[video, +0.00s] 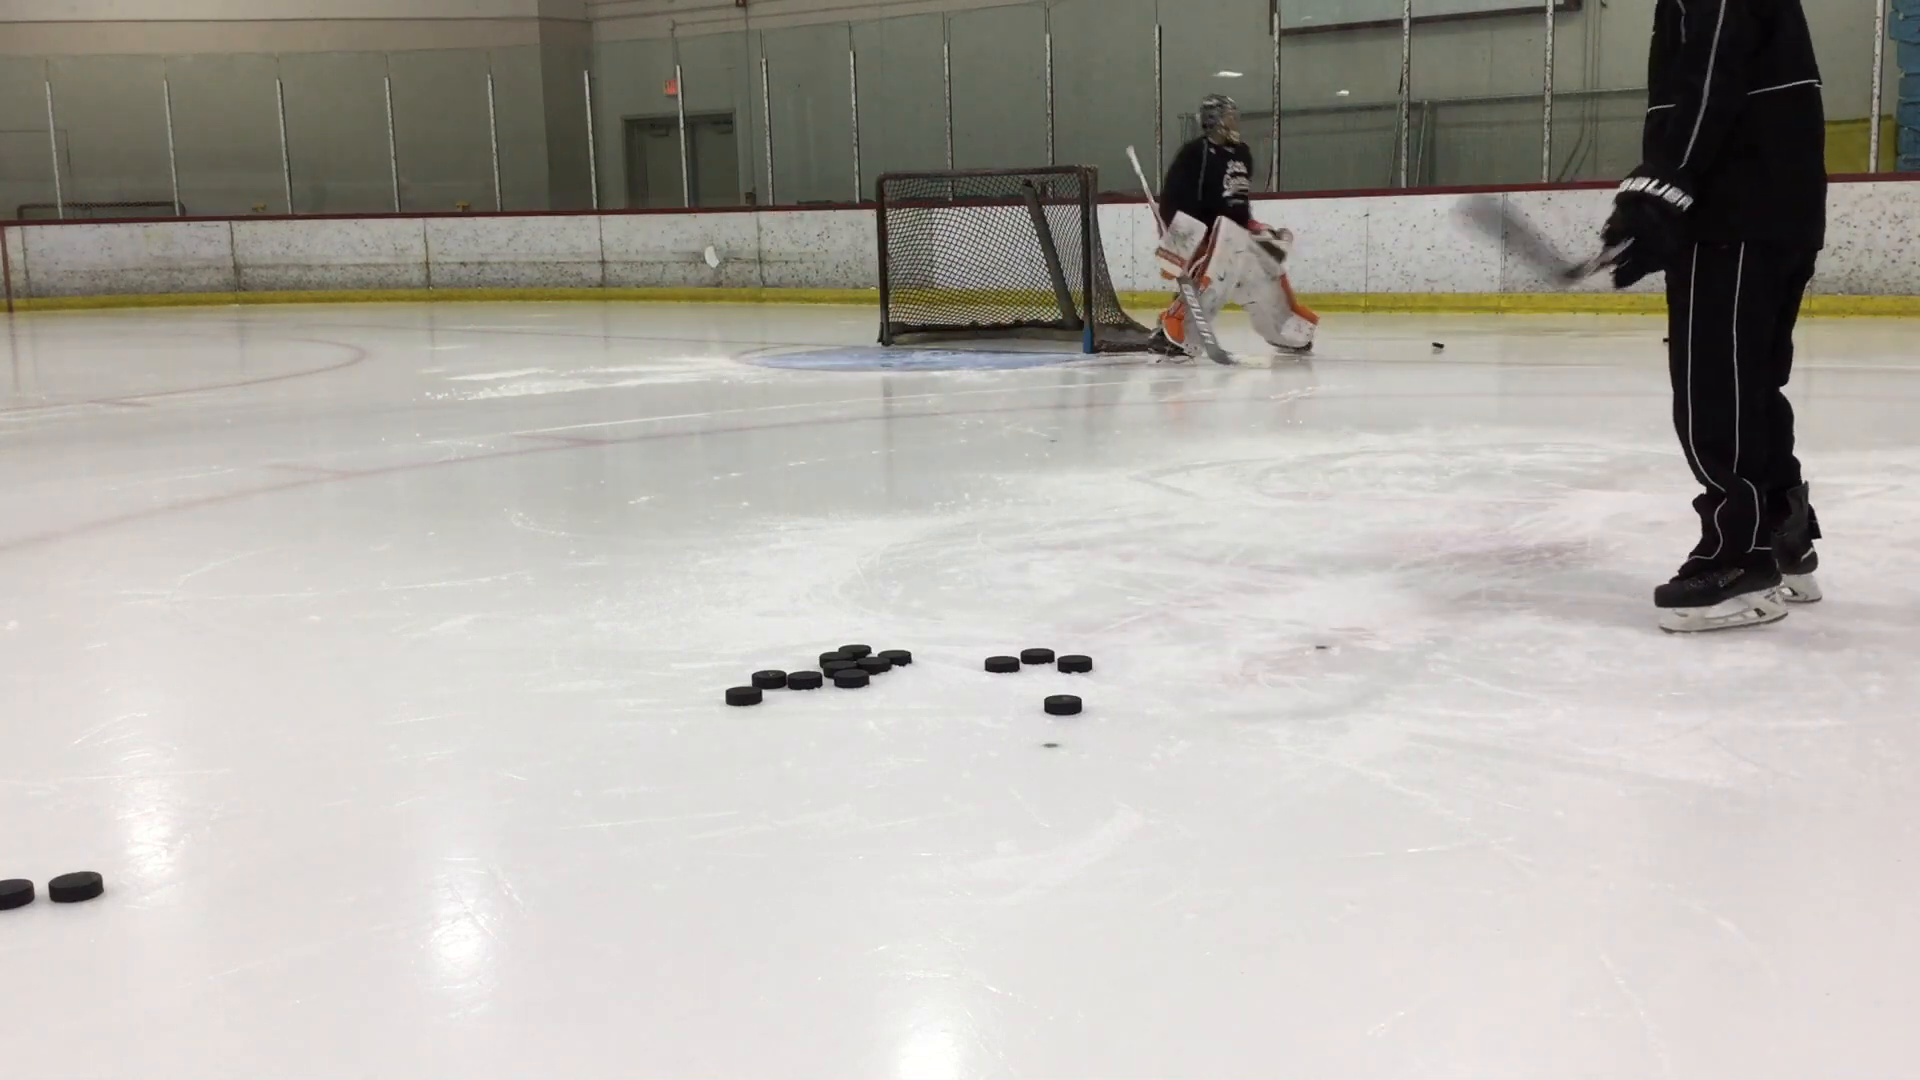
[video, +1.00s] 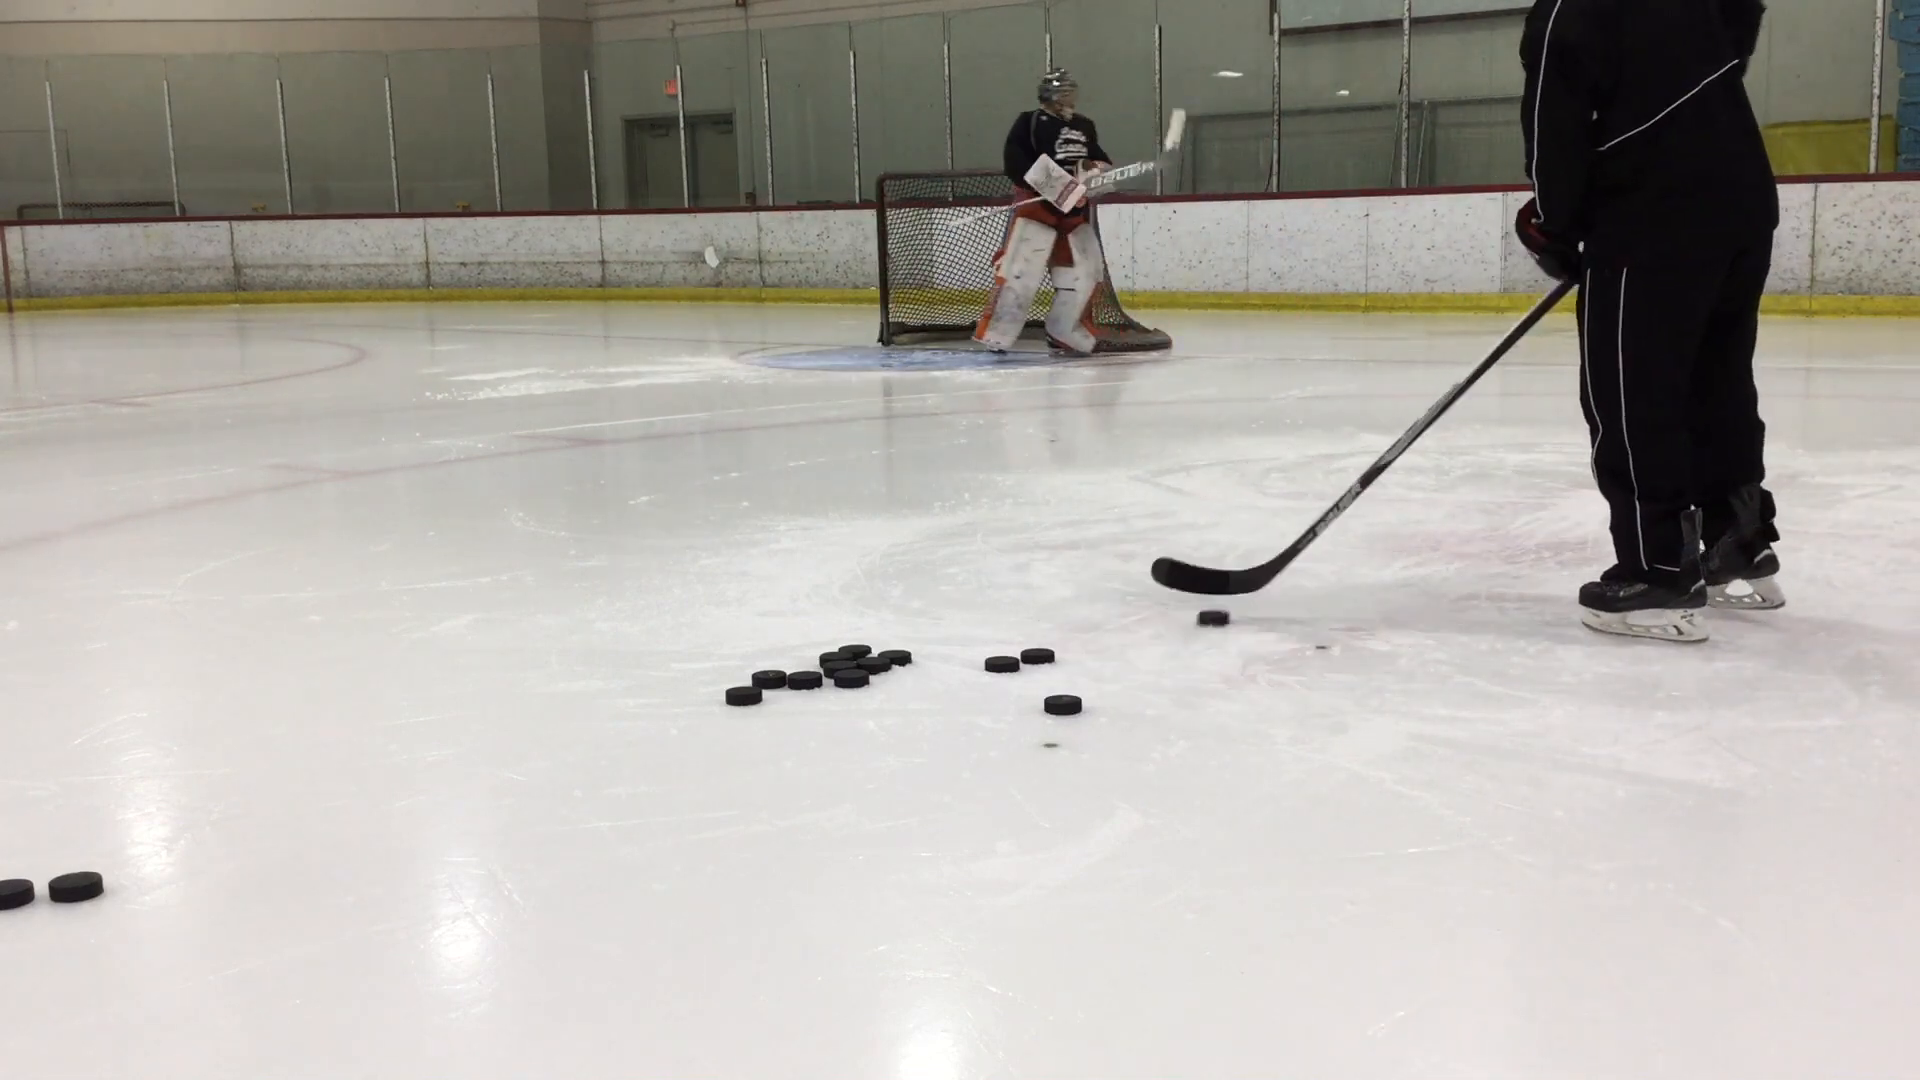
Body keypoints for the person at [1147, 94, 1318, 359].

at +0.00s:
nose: (1235, 121)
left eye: (1235, 116)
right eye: (1229, 117)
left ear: (1232, 118)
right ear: (1213, 120)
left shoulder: (1241, 152)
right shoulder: (1194, 153)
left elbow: (1237, 198)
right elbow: (1172, 203)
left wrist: (1249, 227)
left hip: (1234, 234)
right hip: (1202, 233)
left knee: (1262, 278)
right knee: (1212, 283)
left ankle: (1287, 332)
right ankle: (1173, 334)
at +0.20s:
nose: (1193, 109)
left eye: (1192, 104)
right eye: (1186, 105)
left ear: (1186, 106)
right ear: (1174, 109)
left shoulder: (1199, 140)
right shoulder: (1164, 137)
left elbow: (1198, 182)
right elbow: (1147, 180)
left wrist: (1197, 213)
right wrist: (1168, 217)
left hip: (1192, 218)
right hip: (1167, 219)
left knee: (1224, 271)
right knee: (1179, 279)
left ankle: (1214, 335)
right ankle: (1140, 333)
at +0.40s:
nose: (1161, 101)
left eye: (1161, 96)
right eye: (1156, 97)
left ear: (1157, 100)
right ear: (1146, 101)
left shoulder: (1167, 136)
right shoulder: (1136, 131)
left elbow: (1165, 177)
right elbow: (1117, 175)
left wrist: (1166, 211)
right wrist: (1116, 223)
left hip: (1159, 217)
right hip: (1133, 218)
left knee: (1183, 270)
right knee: (1129, 274)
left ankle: (1158, 327)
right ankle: (1087, 331)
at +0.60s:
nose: (1128, 93)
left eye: (1129, 87)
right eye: (1121, 88)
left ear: (1127, 92)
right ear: (1110, 93)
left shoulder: (1140, 131)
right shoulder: (1099, 123)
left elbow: (1132, 185)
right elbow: (1072, 171)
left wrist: (1156, 208)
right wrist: (1078, 223)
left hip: (1130, 219)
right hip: (1100, 217)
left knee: (1142, 272)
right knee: (1089, 278)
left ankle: (1115, 330)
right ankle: (1052, 336)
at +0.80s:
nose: (1098, 94)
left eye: (1100, 89)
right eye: (1092, 89)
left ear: (1103, 91)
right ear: (1079, 91)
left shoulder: (1110, 125)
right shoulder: (1064, 118)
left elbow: (1106, 169)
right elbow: (1038, 156)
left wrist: (1135, 181)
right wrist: (1059, 186)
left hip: (1098, 213)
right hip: (1066, 211)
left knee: (1108, 275)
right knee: (1056, 274)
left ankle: (1088, 332)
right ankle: (1030, 333)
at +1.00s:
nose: (1071, 97)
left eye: (1073, 92)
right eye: (1065, 92)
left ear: (1075, 94)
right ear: (1049, 95)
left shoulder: (1084, 126)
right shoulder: (1029, 122)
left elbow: (1101, 160)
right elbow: (1014, 166)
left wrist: (1098, 168)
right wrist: (1054, 189)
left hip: (1074, 217)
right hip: (1035, 214)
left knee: (1083, 275)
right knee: (1020, 275)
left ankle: (1062, 333)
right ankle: (997, 337)